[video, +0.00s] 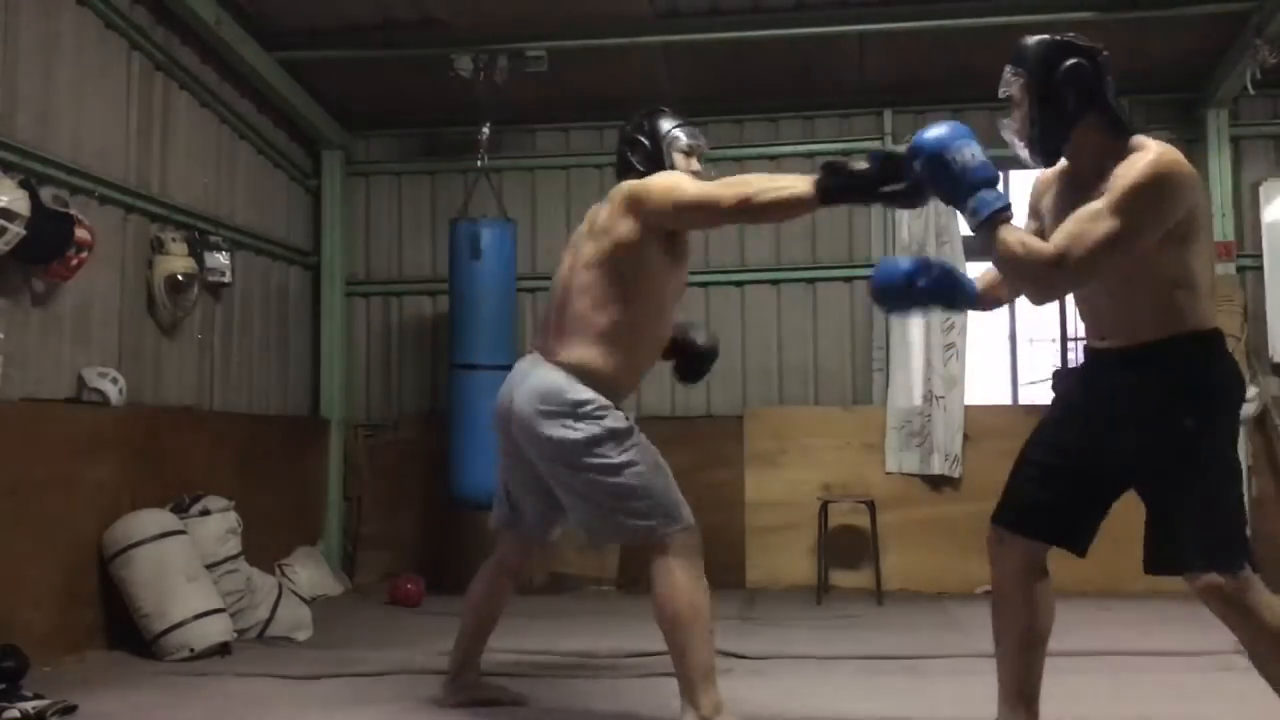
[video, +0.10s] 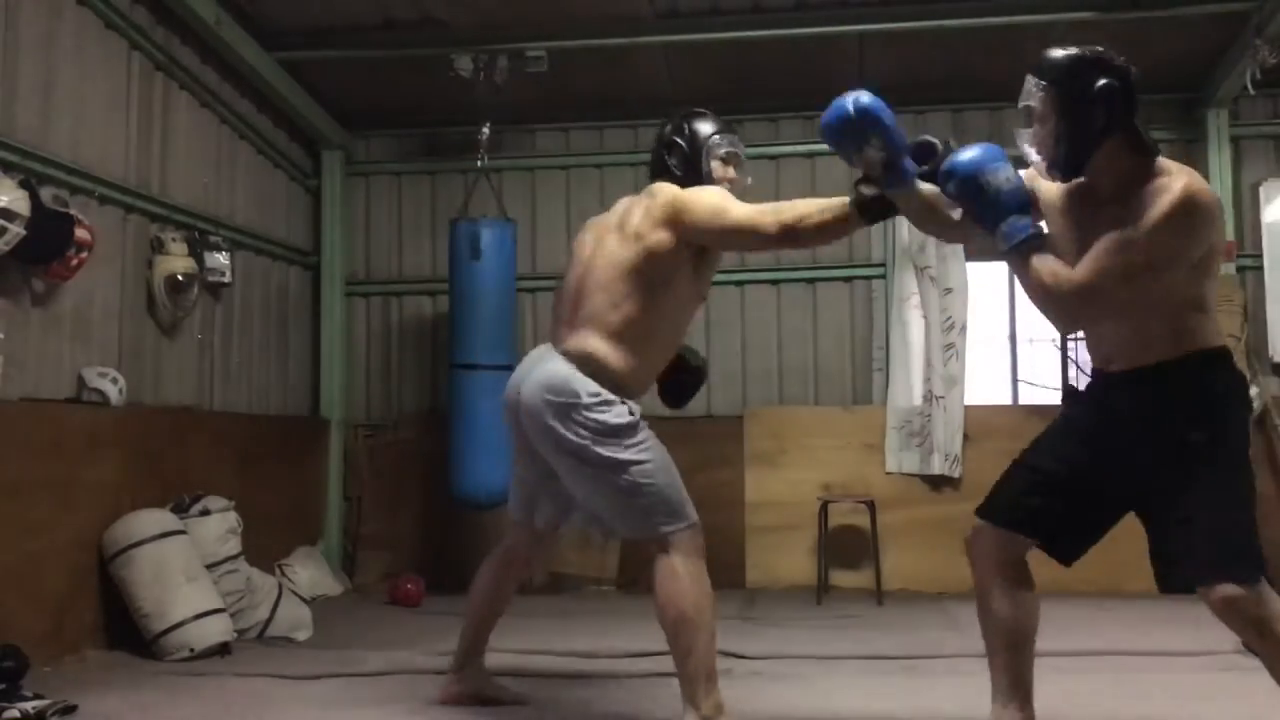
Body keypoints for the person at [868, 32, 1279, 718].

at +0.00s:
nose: (1006, 118)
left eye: (1015, 101)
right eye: (1006, 102)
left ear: (1065, 102)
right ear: (1070, 105)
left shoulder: (1159, 170)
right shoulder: (1050, 185)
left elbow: (1048, 274)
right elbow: (1024, 274)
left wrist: (980, 201)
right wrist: (963, 291)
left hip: (1188, 381)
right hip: (1101, 382)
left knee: (1216, 574)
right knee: (1013, 543)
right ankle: (1017, 713)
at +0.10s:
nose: (1026, 132)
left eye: (1037, 115)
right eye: (1025, 117)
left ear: (1094, 115)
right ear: (1082, 118)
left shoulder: (1182, 198)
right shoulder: (1053, 198)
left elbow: (1064, 304)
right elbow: (951, 223)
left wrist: (1010, 219)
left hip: (1195, 402)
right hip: (1107, 406)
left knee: (1230, 593)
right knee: (993, 540)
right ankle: (1013, 710)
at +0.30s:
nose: (1034, 142)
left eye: (1044, 124)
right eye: (1033, 126)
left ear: (1097, 122)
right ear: (1086, 126)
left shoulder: (1197, 204)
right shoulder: (1059, 207)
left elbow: (1094, 310)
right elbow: (1007, 293)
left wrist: (1027, 245)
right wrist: (933, 301)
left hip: (1185, 410)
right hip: (1090, 409)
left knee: (1226, 588)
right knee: (982, 552)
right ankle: (1009, 714)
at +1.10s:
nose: (1131, 77)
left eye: (1146, 60)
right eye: (1131, 62)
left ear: (1212, 59)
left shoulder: (1270, 158)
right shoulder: (1154, 166)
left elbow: (1275, 283)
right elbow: (1139, 286)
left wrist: (1188, 233)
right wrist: (1075, 304)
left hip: (1259, 387)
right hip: (1168, 389)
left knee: (1278, 591)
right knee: (1067, 546)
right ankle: (1052, 715)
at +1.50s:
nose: (1090, 79)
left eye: (1099, 60)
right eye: (1089, 63)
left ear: (1155, 52)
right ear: (1145, 57)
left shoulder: (1242, 134)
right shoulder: (1130, 164)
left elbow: (1156, 260)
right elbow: (1120, 296)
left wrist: (1085, 157)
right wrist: (1055, 288)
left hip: (1226, 388)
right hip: (1133, 387)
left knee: (1274, 589)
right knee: (1054, 550)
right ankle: (1047, 716)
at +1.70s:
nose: (1085, 72)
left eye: (1097, 56)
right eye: (1085, 59)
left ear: (1150, 51)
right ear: (1143, 52)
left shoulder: (1255, 135)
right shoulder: (1126, 153)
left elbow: (1205, 265)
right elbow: (1037, 261)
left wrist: (1123, 181)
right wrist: (975, 214)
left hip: (1241, 386)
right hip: (1138, 390)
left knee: (1272, 585)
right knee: (1060, 550)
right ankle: (1048, 714)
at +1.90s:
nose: (1112, 59)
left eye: (1126, 39)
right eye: (1112, 42)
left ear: (1182, 45)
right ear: (1177, 52)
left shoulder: (1268, 132)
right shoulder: (1149, 149)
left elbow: (1184, 251)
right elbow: (1091, 283)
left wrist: (1121, 142)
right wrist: (1036, 244)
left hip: (1244, 384)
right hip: (1142, 384)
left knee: (1273, 584)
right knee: (1060, 551)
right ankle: (1048, 718)